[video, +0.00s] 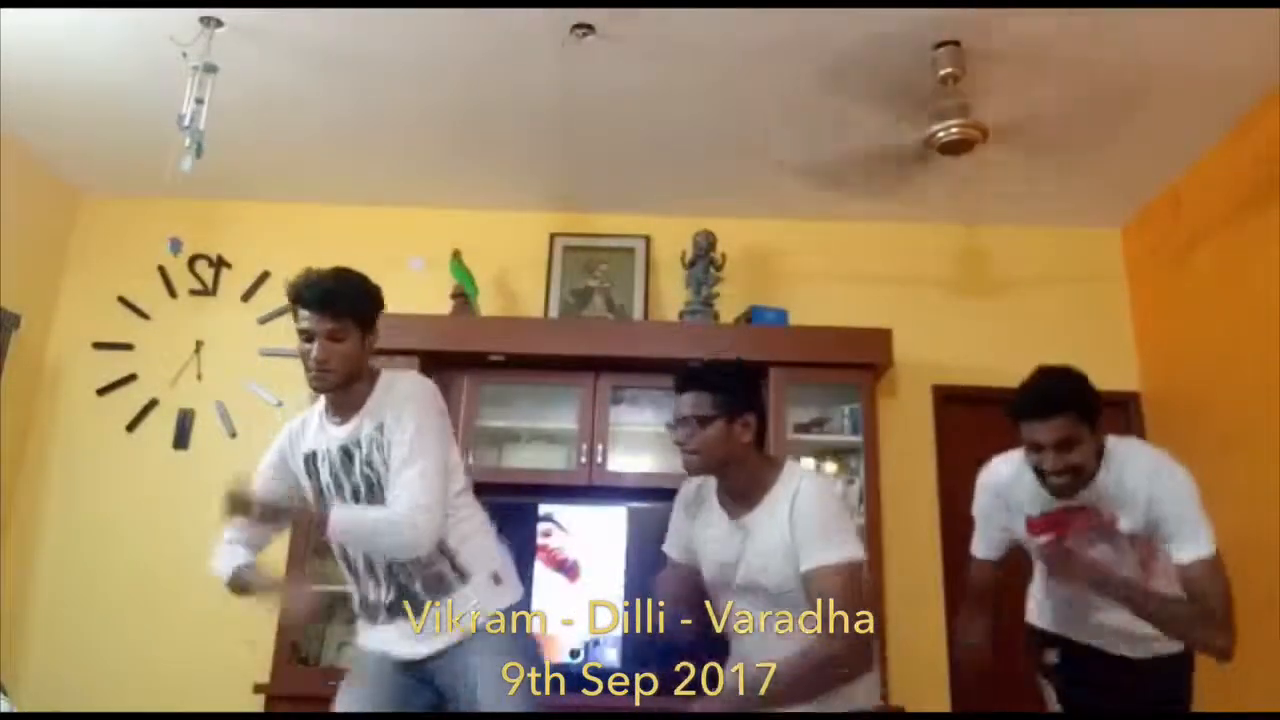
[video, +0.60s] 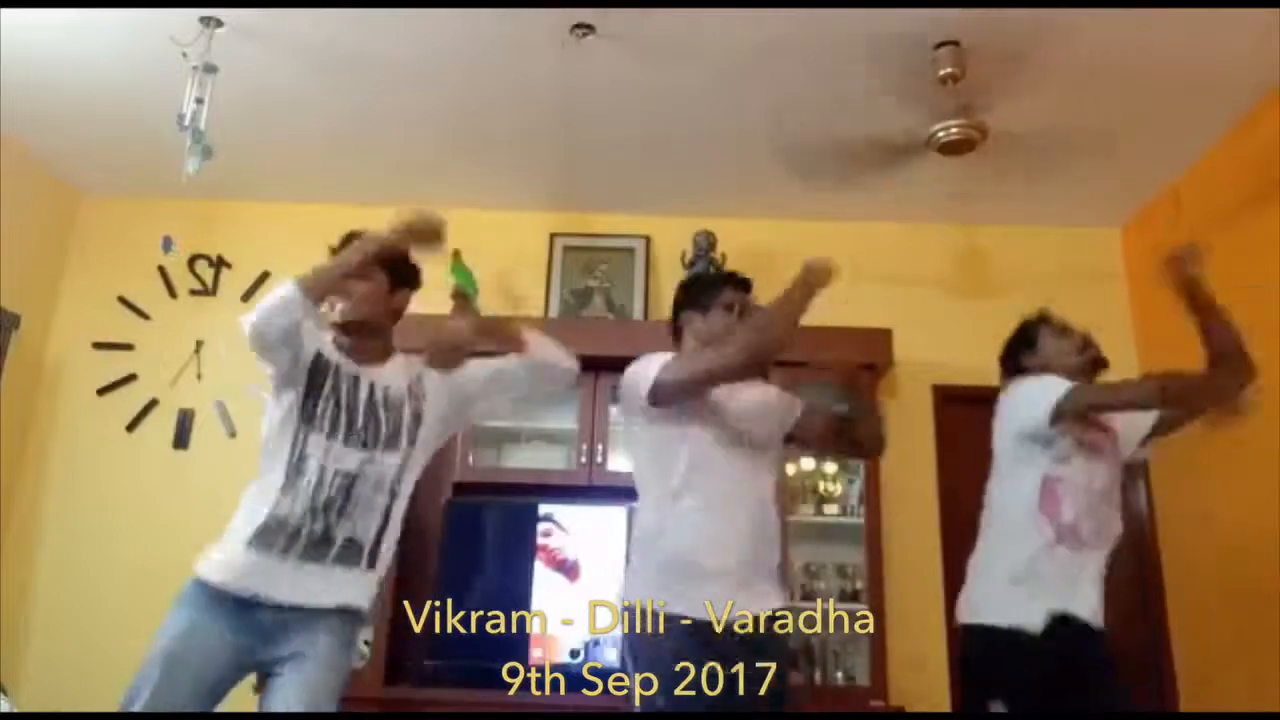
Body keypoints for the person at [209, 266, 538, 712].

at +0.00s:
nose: (317, 354)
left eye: (335, 339)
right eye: (307, 339)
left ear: (370, 339)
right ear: (297, 340)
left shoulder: (413, 399)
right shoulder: (297, 438)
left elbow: (417, 530)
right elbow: (244, 534)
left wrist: (317, 520)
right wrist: (238, 566)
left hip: (473, 617)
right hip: (387, 635)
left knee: (502, 704)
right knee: (353, 705)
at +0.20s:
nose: (334, 307)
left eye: (352, 296)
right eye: (329, 292)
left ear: (385, 315)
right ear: (317, 302)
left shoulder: (419, 387)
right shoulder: (297, 393)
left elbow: (491, 465)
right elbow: (216, 470)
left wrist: (403, 518)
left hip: (431, 624)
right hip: (337, 633)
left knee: (453, 703)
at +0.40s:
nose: (346, 240)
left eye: (364, 228)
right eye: (341, 229)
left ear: (404, 242)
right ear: (334, 237)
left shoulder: (433, 330)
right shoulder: (307, 301)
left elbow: (534, 362)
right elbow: (237, 352)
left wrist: (477, 295)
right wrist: (366, 355)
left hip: (388, 541)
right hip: (304, 536)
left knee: (348, 701)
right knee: (268, 701)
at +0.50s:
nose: (346, 247)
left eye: (364, 235)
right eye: (343, 237)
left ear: (407, 254)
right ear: (336, 246)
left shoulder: (436, 339)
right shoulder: (309, 313)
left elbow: (548, 344)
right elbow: (257, 334)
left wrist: (492, 256)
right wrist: (379, 288)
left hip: (361, 560)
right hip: (275, 544)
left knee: (314, 702)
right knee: (204, 699)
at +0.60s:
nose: (342, 286)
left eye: (362, 277)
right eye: (338, 274)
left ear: (398, 298)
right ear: (327, 292)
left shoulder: (434, 392)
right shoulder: (304, 359)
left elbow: (558, 371)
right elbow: (266, 323)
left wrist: (479, 333)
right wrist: (360, 251)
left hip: (326, 618)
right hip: (228, 593)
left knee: (301, 705)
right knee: (148, 704)